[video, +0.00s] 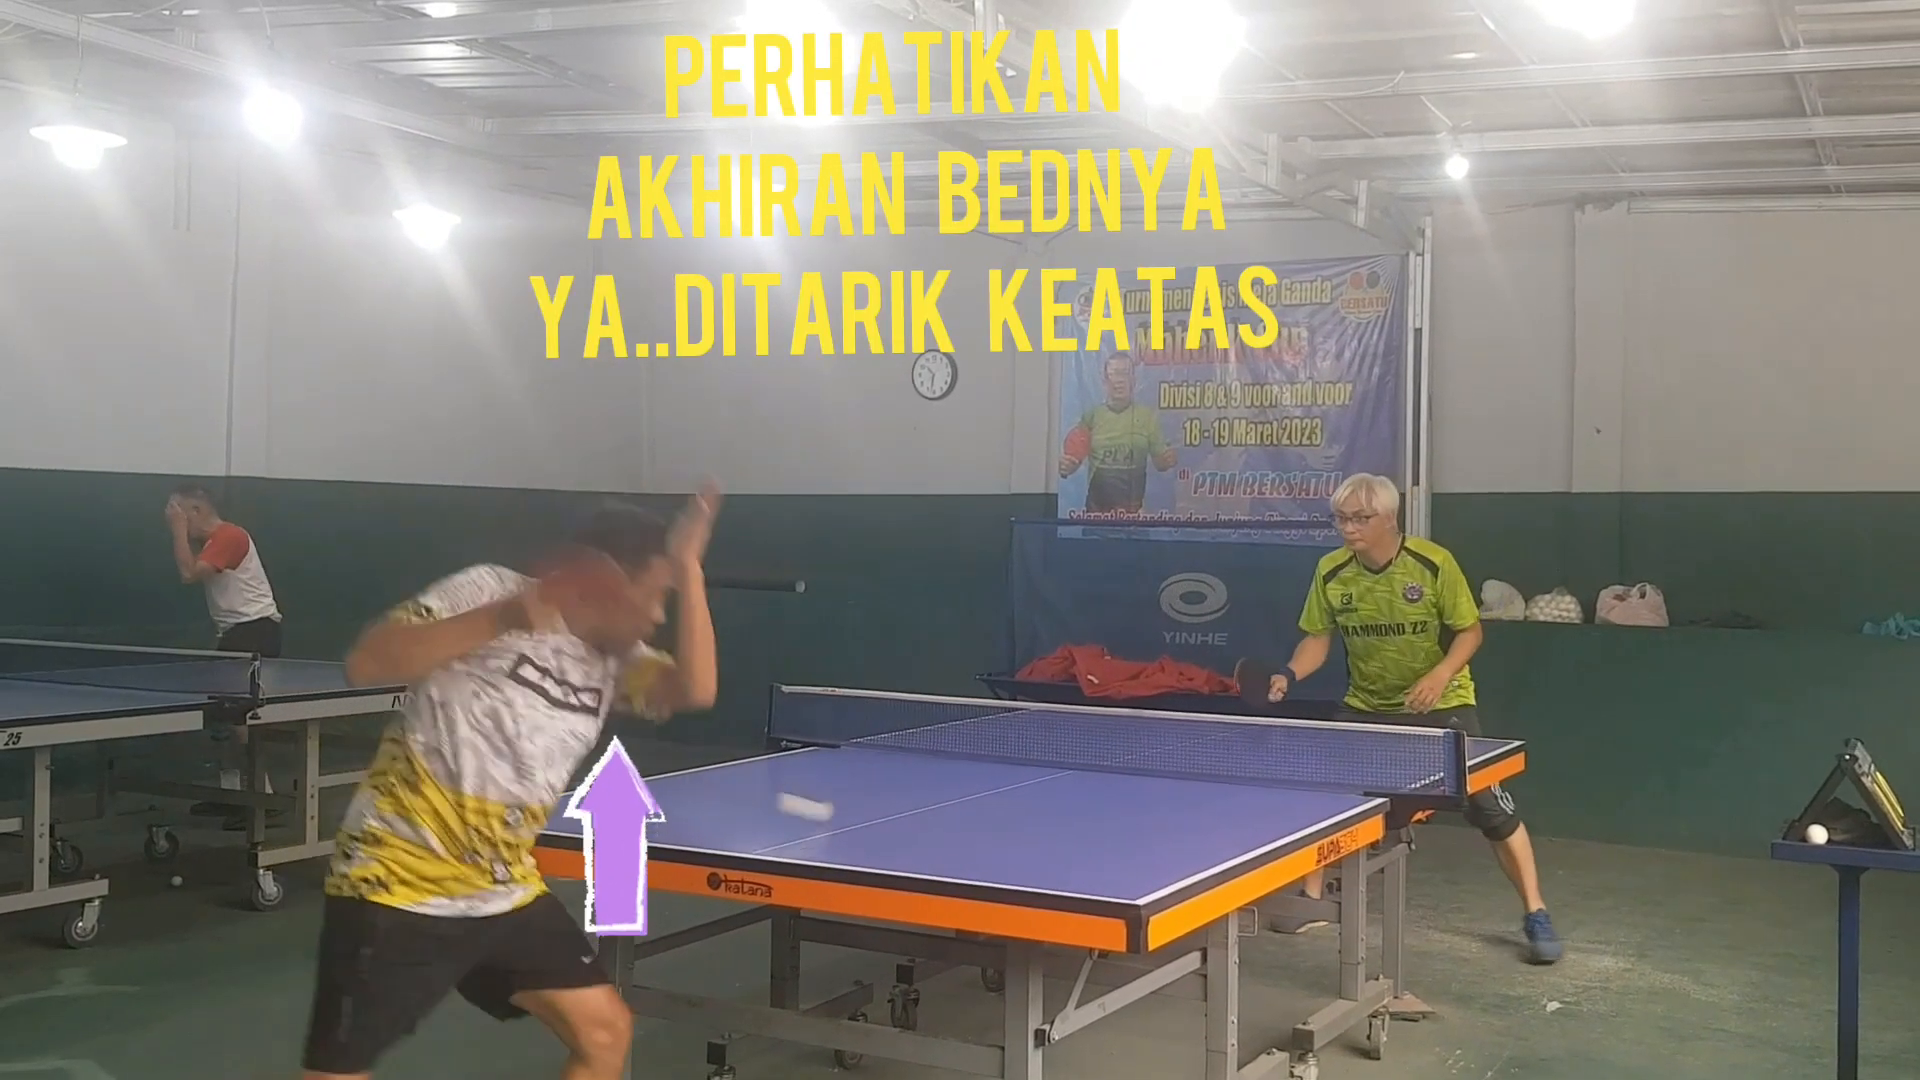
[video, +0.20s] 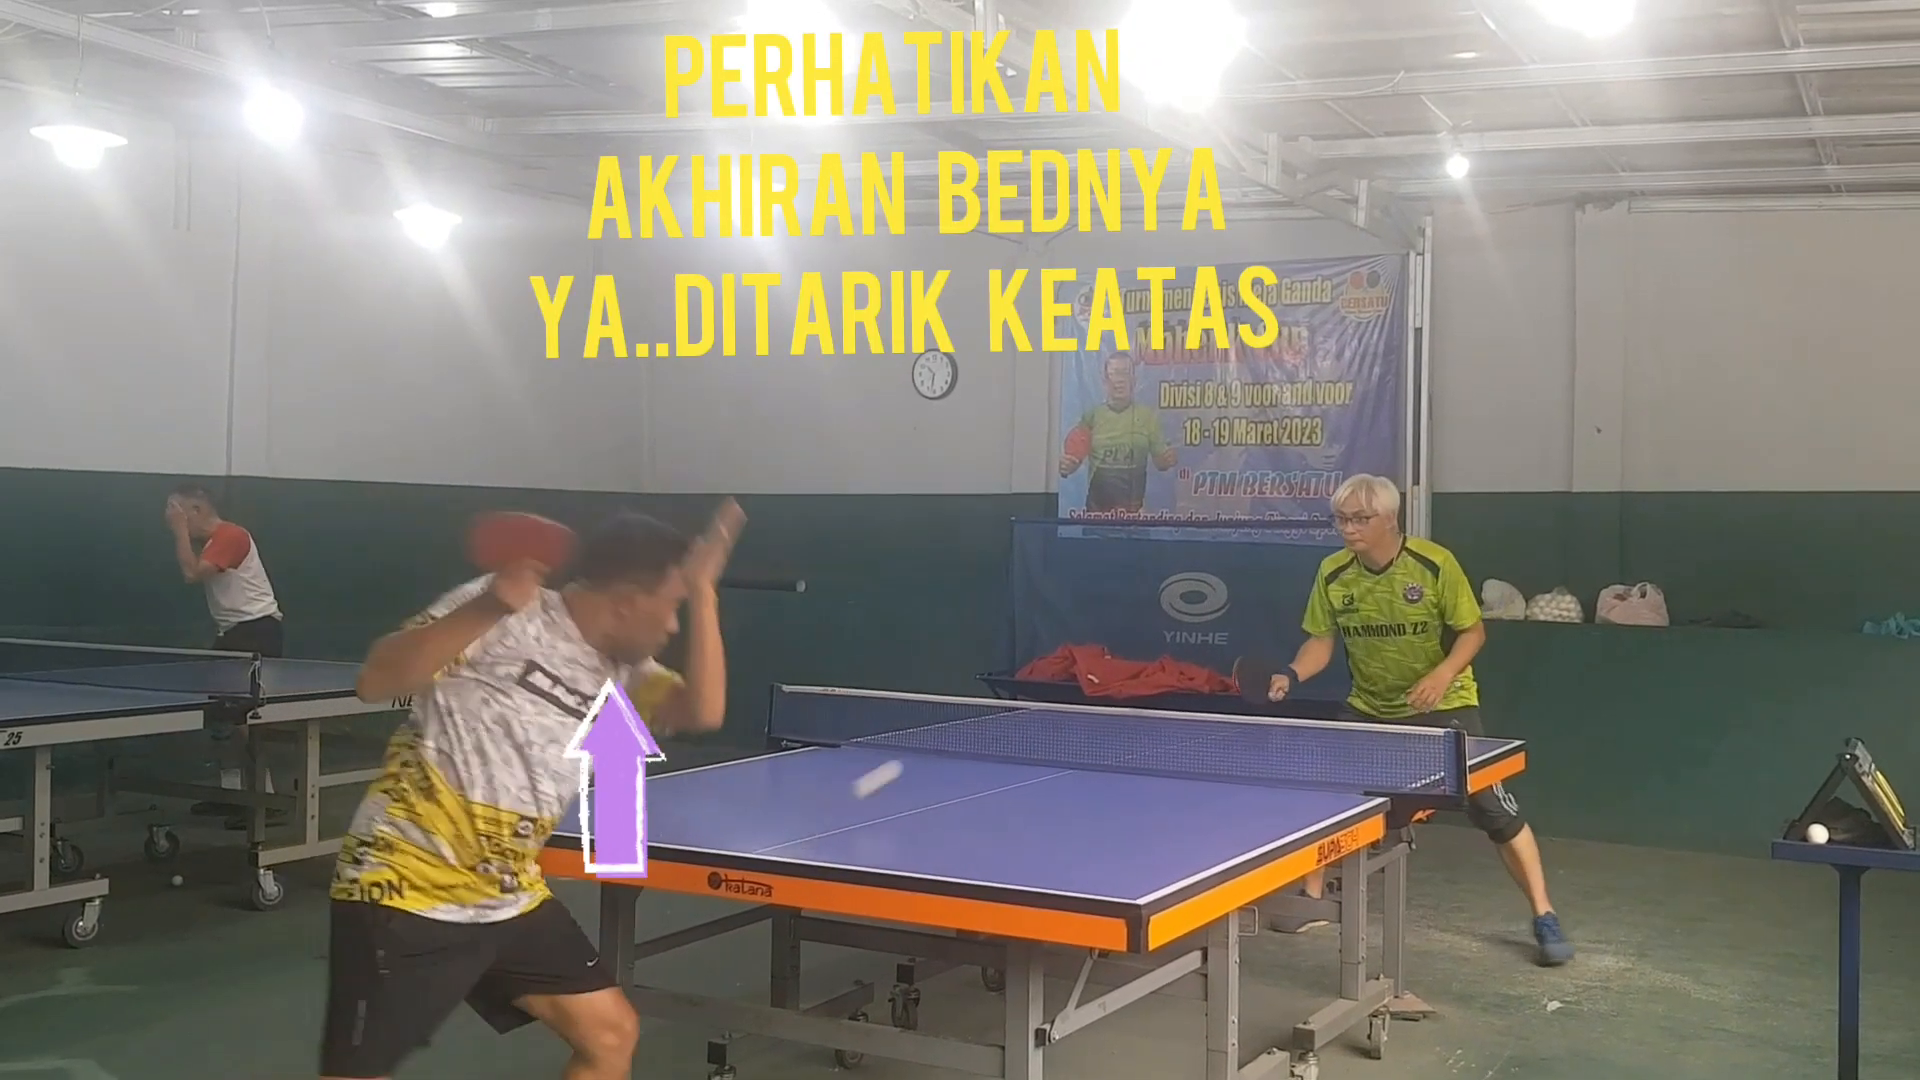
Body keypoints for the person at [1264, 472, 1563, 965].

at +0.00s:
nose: (1347, 529)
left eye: (1358, 519)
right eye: (1342, 519)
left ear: (1387, 519)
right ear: (1337, 522)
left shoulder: (1434, 564)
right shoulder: (1330, 572)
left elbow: (1470, 632)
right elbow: (1317, 638)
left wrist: (1439, 676)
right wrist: (1289, 674)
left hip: (1441, 705)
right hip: (1365, 706)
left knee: (1485, 801)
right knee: (1318, 785)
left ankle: (1535, 911)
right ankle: (1311, 896)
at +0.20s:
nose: (1347, 528)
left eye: (1357, 519)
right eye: (1341, 519)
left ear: (1387, 520)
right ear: (1338, 523)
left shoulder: (1434, 564)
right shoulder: (1332, 573)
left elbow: (1473, 632)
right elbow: (1320, 641)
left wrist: (1442, 675)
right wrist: (1291, 674)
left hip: (1443, 709)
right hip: (1368, 710)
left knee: (1490, 802)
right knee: (1313, 782)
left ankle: (1544, 913)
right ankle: (1313, 894)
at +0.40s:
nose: (1348, 530)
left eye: (1358, 520)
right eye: (1343, 521)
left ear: (1388, 521)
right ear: (1340, 525)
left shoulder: (1436, 564)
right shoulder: (1336, 574)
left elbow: (1477, 633)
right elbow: (1325, 643)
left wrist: (1444, 676)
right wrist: (1294, 674)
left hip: (1447, 710)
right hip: (1371, 711)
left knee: (1495, 804)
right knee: (1315, 782)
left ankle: (1552, 918)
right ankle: (1313, 895)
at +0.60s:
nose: (1358, 531)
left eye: (1368, 521)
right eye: (1352, 522)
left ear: (1398, 521)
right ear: (1348, 527)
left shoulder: (1448, 564)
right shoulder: (1346, 576)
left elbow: (1487, 635)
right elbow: (1338, 647)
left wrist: (1454, 673)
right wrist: (1305, 673)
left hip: (1457, 712)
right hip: (1379, 713)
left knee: (1508, 810)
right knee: (1322, 785)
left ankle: (1558, 919)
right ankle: (1312, 897)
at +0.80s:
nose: (1368, 531)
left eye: (1379, 520)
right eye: (1362, 522)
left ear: (1408, 519)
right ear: (1357, 526)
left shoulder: (1456, 563)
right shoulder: (1354, 575)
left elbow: (1496, 634)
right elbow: (1348, 648)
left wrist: (1460, 671)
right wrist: (1316, 672)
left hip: (1465, 713)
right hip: (1387, 715)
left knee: (1512, 807)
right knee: (1329, 785)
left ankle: (1562, 921)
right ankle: (1315, 896)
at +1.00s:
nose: (1377, 530)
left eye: (1387, 519)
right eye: (1371, 521)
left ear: (1417, 517)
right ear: (1366, 524)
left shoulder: (1469, 563)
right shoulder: (1364, 574)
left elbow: (1506, 635)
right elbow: (1361, 648)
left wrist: (1469, 667)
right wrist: (1331, 671)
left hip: (1473, 719)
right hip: (1393, 719)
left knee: (1522, 816)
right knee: (1335, 794)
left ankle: (1568, 926)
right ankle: (1312, 896)